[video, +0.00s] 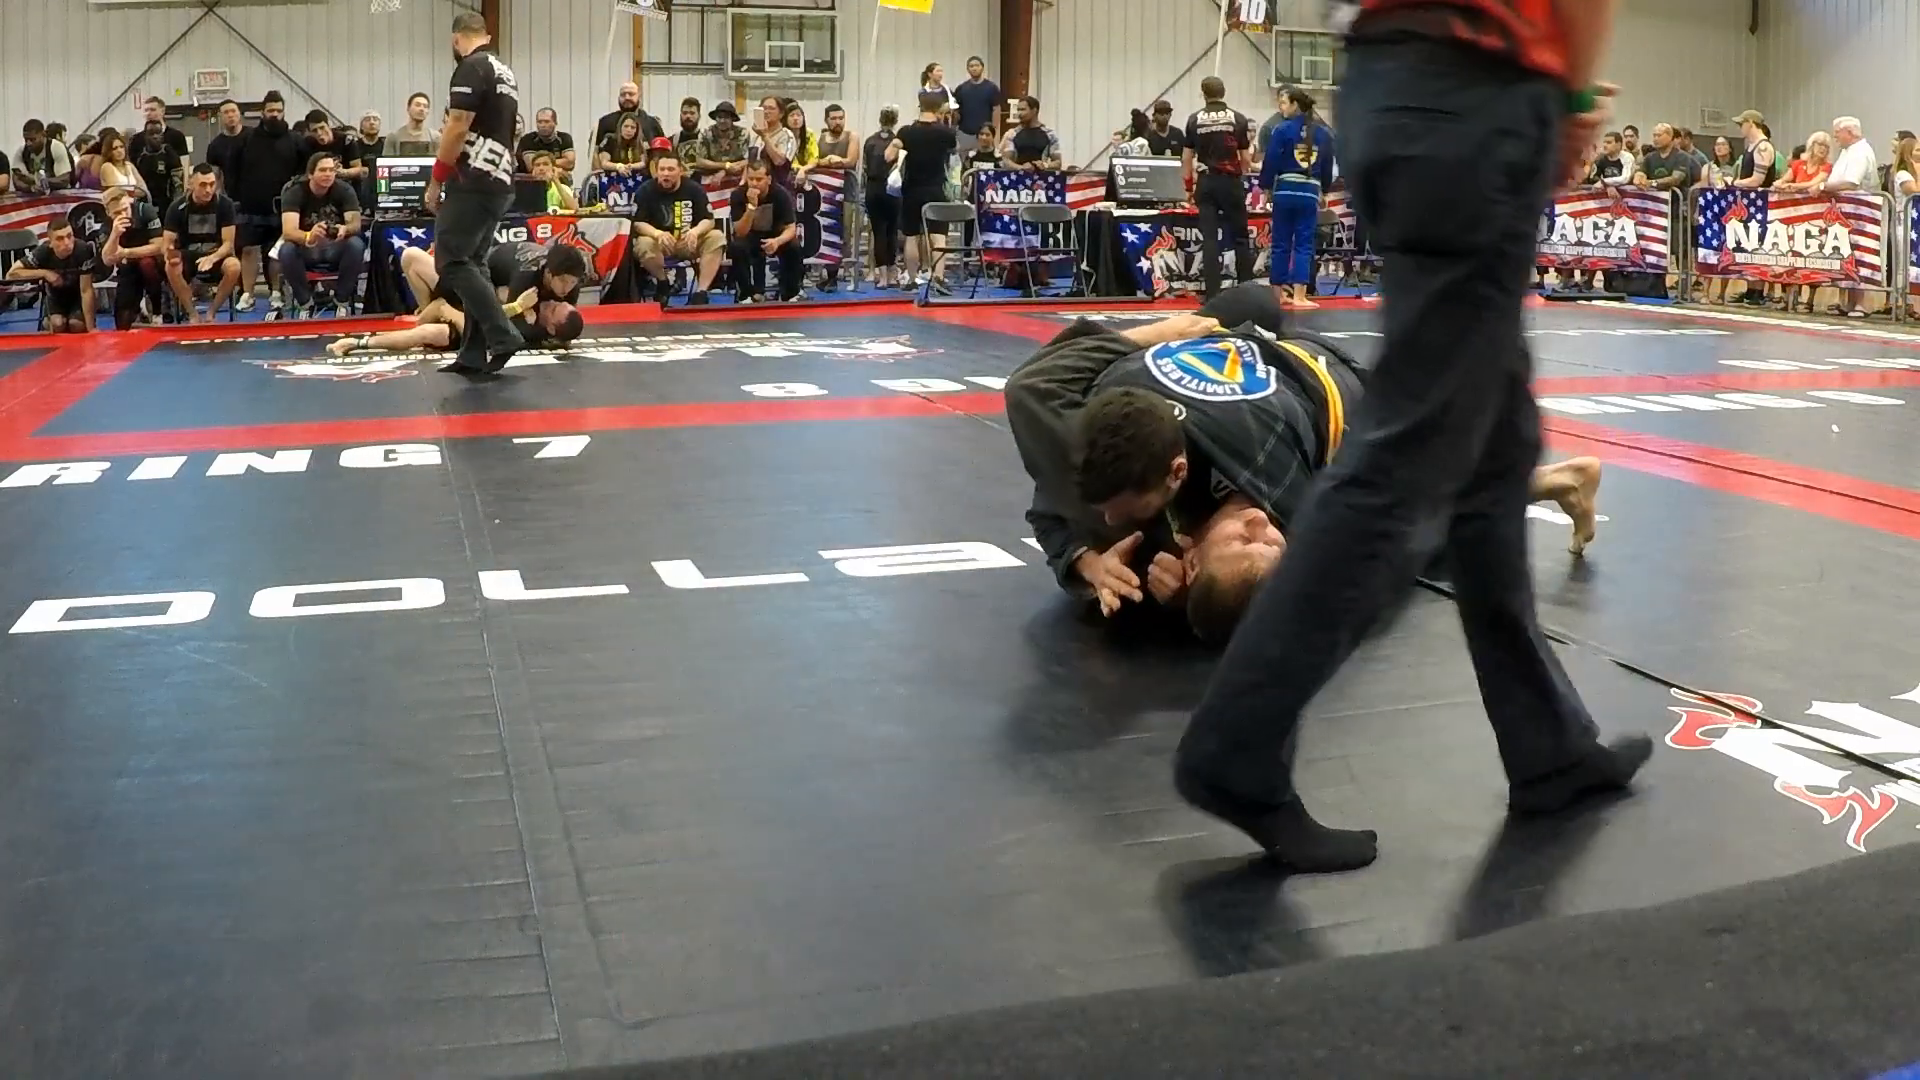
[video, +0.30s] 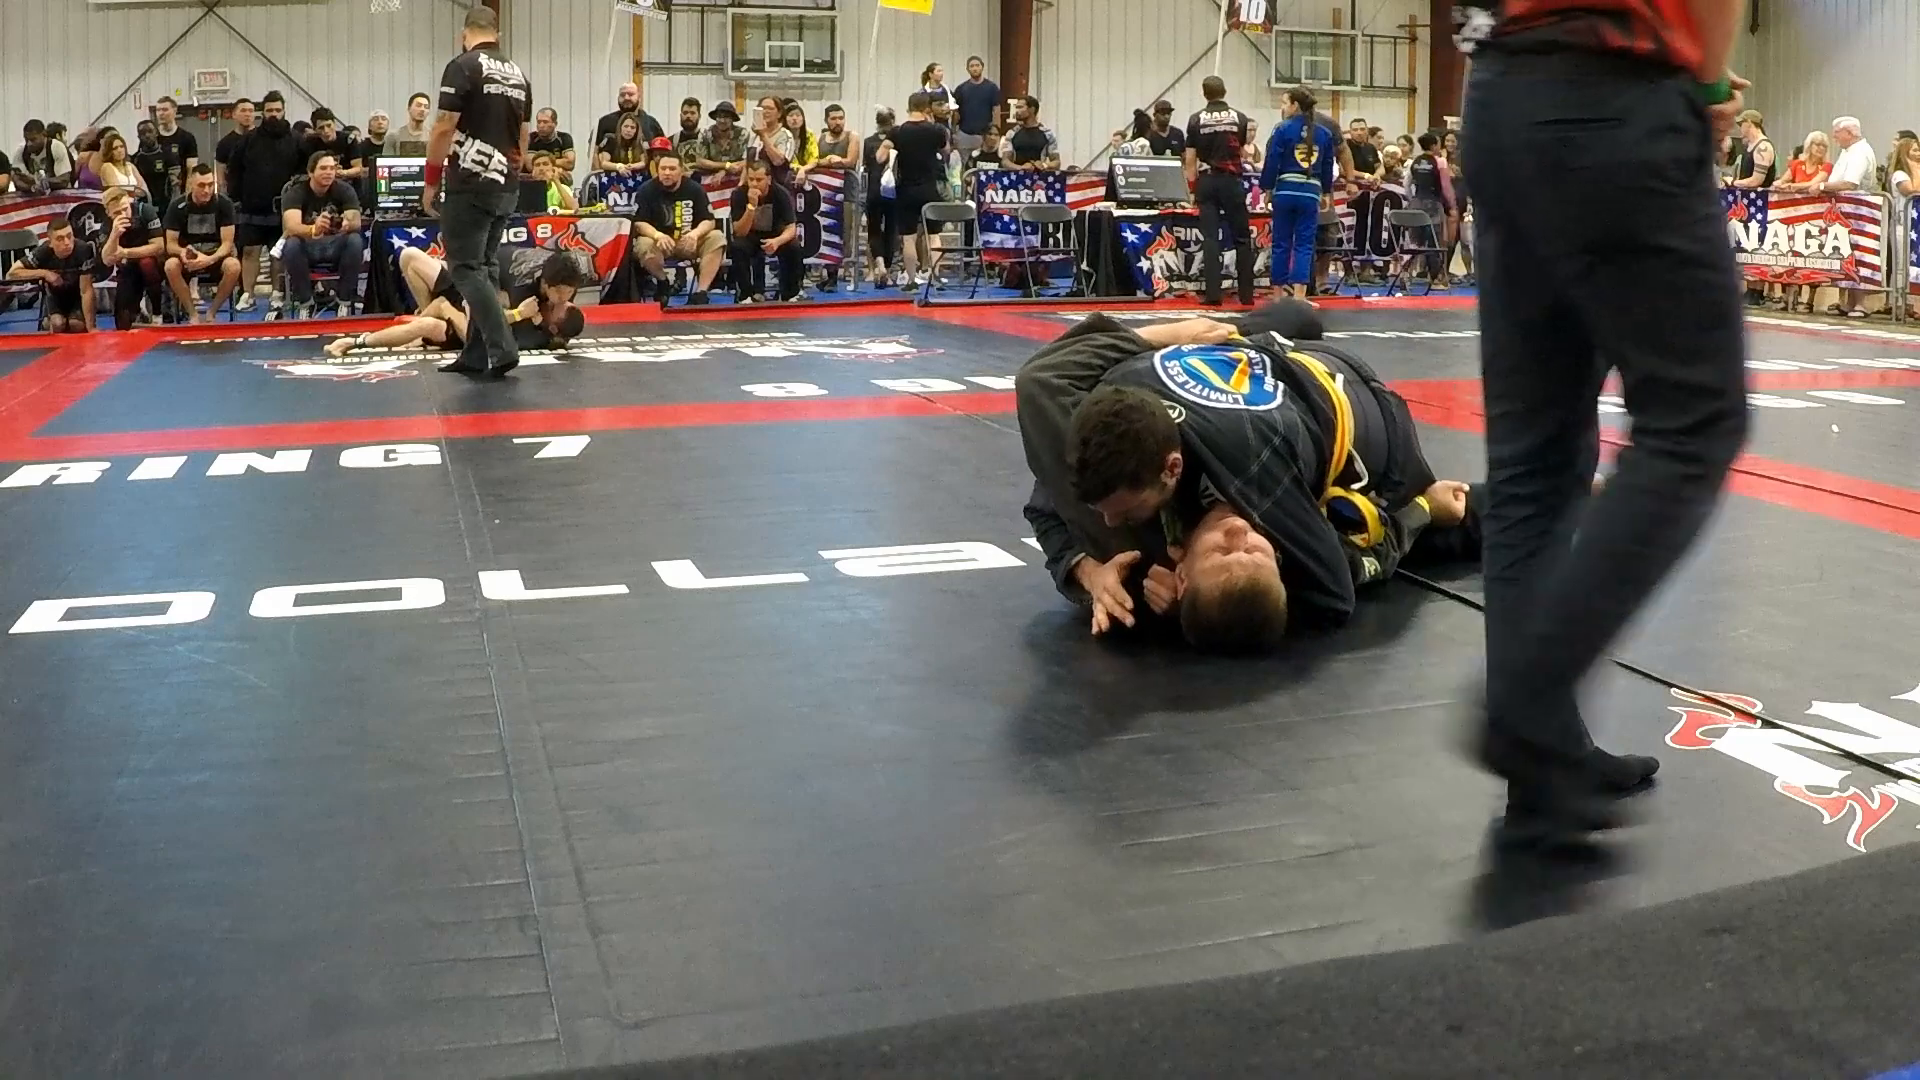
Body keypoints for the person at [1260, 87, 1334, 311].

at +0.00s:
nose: (1282, 108)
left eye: (1285, 104)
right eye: (1282, 103)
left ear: (1296, 106)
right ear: (1307, 107)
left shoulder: (1282, 129)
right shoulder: (1322, 132)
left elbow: (1271, 159)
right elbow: (1327, 164)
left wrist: (1265, 185)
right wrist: (1324, 190)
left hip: (1284, 189)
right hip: (1310, 191)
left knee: (1280, 241)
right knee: (1305, 242)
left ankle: (1278, 292)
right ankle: (1300, 295)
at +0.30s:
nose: (1283, 107)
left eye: (1286, 103)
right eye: (1284, 103)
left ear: (1295, 105)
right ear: (1308, 106)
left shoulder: (1283, 128)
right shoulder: (1324, 133)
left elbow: (1272, 161)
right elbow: (1328, 166)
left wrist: (1266, 187)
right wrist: (1326, 192)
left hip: (1284, 191)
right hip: (1311, 194)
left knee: (1281, 243)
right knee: (1305, 244)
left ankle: (1277, 294)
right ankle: (1300, 295)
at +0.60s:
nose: (1283, 107)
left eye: (1286, 103)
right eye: (1284, 103)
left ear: (1296, 105)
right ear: (1307, 106)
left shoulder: (1284, 128)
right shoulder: (1325, 133)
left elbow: (1273, 160)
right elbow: (1328, 167)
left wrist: (1267, 187)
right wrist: (1324, 191)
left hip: (1285, 189)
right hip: (1311, 192)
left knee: (1281, 242)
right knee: (1305, 243)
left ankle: (1278, 293)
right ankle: (1300, 295)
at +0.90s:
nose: (1286, 108)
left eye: (1288, 104)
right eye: (1288, 104)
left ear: (1294, 106)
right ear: (1309, 106)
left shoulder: (1282, 130)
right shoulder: (1324, 133)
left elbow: (1272, 163)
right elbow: (1328, 167)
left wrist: (1266, 188)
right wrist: (1324, 192)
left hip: (1285, 192)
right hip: (1311, 194)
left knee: (1281, 243)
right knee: (1305, 244)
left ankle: (1279, 294)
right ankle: (1300, 295)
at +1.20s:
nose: (1284, 105)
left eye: (1286, 102)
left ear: (1289, 105)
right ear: (1309, 105)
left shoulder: (1280, 131)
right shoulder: (1323, 132)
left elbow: (1270, 163)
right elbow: (1328, 165)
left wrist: (1266, 188)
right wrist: (1327, 191)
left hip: (1284, 192)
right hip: (1311, 194)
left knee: (1281, 243)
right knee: (1305, 244)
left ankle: (1279, 294)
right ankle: (1299, 294)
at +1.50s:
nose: (1283, 105)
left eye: (1286, 102)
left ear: (1290, 105)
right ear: (1308, 106)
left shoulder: (1280, 130)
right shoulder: (1322, 131)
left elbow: (1270, 161)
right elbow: (1329, 165)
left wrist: (1266, 188)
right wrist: (1329, 192)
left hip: (1284, 191)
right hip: (1310, 193)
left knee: (1281, 242)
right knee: (1304, 243)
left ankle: (1278, 291)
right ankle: (1300, 294)